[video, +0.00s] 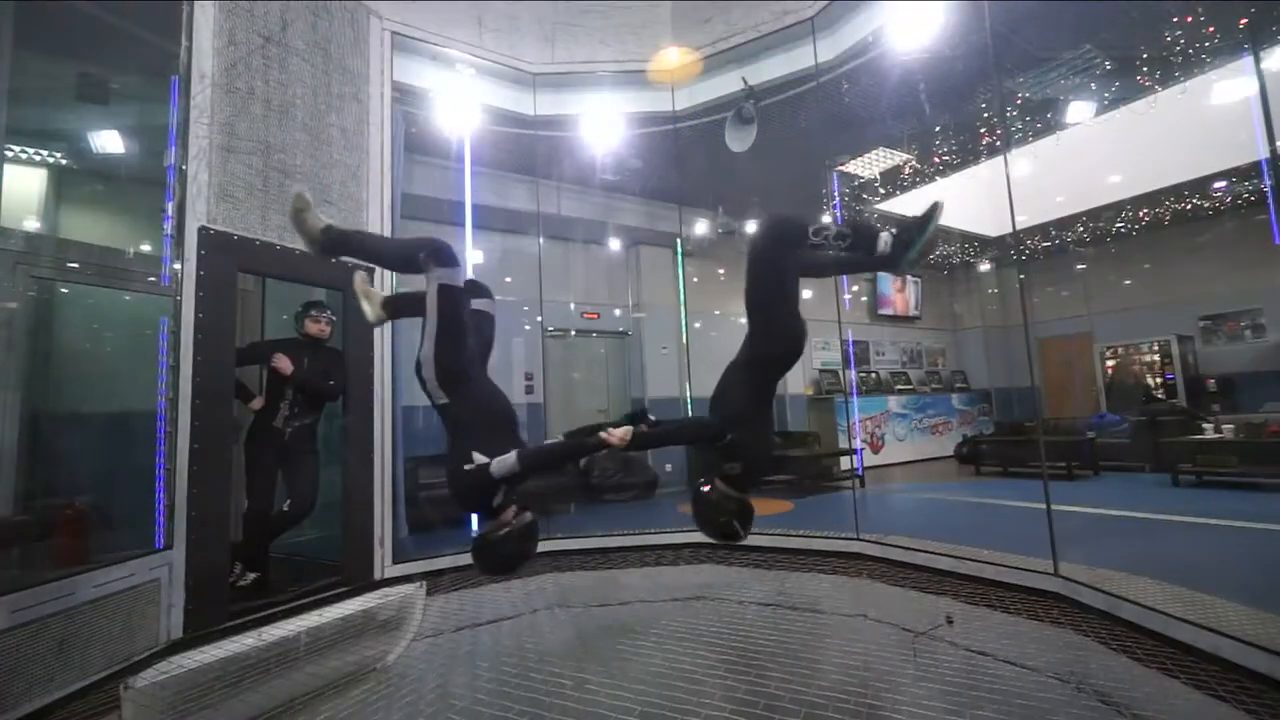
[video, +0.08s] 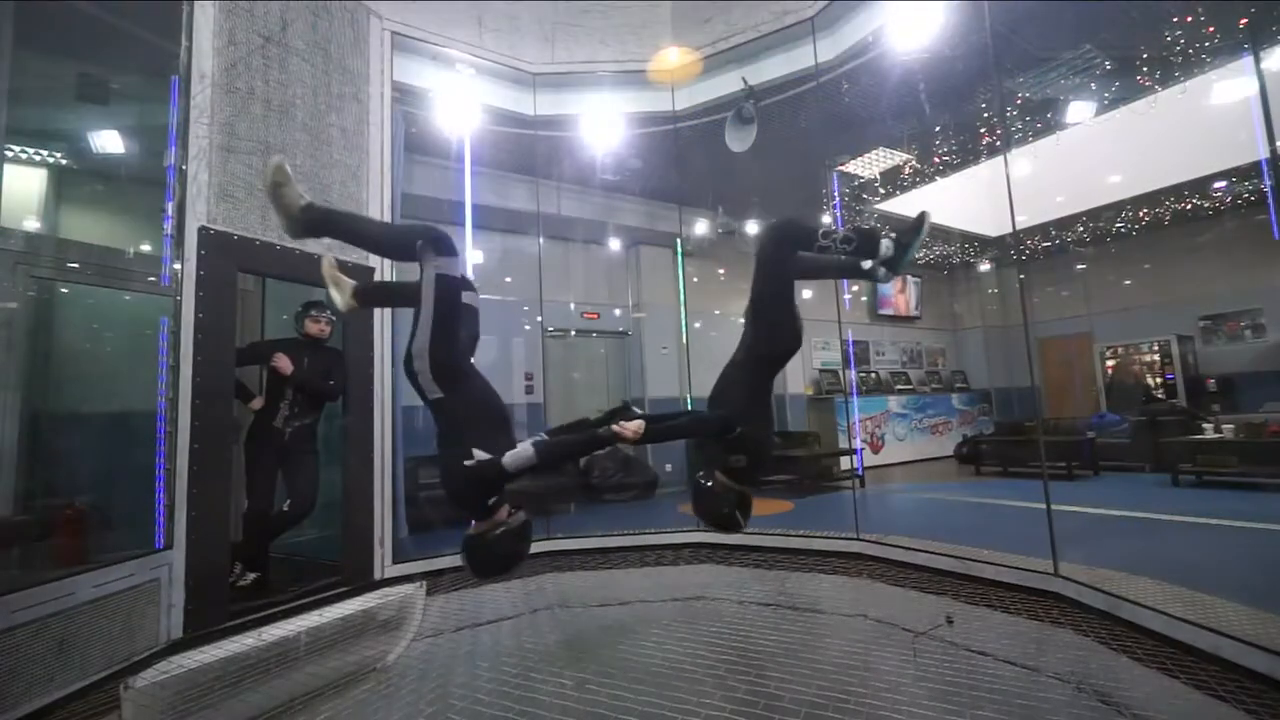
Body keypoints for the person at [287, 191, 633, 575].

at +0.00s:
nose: (512, 519)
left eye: (504, 528)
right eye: (517, 524)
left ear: (491, 528)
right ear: (519, 518)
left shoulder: (474, 493)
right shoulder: (508, 491)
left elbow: (539, 456)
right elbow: (550, 456)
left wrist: (598, 441)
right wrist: (605, 442)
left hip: (446, 381)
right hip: (472, 381)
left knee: (437, 252)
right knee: (476, 289)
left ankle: (325, 238)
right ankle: (384, 307)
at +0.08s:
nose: (494, 521)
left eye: (488, 528)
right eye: (504, 525)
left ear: (481, 529)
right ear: (510, 522)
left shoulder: (472, 494)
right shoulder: (488, 488)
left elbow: (538, 453)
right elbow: (550, 449)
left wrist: (607, 432)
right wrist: (608, 428)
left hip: (432, 371)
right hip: (451, 373)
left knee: (437, 246)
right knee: (450, 288)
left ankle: (304, 217)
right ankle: (359, 294)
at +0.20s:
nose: (495, 515)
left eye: (492, 522)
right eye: (503, 520)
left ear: (482, 524)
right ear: (501, 519)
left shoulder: (468, 488)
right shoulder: (479, 481)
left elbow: (546, 450)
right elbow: (542, 439)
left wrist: (616, 428)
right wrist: (604, 415)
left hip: (424, 363)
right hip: (435, 369)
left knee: (437, 228)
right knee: (419, 272)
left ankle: (280, 181)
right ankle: (314, 266)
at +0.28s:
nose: (489, 521)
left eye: (483, 528)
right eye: (492, 528)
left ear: (478, 525)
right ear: (494, 523)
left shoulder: (472, 486)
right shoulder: (468, 483)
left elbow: (548, 450)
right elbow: (535, 441)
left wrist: (619, 426)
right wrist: (596, 415)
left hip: (427, 360)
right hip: (426, 366)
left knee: (438, 211)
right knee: (415, 250)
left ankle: (278, 149)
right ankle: (288, 247)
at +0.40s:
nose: (491, 513)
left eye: (478, 530)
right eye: (491, 528)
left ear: (477, 520)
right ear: (490, 523)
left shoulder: (470, 476)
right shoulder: (455, 469)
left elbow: (564, 453)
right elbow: (504, 417)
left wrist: (624, 422)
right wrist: (563, 403)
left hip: (426, 341)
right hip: (403, 342)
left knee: (456, 188)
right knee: (393, 228)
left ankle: (286, 94)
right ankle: (255, 201)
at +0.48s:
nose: (482, 517)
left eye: (475, 530)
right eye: (483, 528)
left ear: (482, 518)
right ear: (486, 520)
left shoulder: (480, 472)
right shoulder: (447, 475)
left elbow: (567, 447)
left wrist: (623, 424)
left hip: (438, 327)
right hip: (402, 328)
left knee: (473, 170)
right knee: (388, 210)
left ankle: (306, 62)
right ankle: (234, 171)